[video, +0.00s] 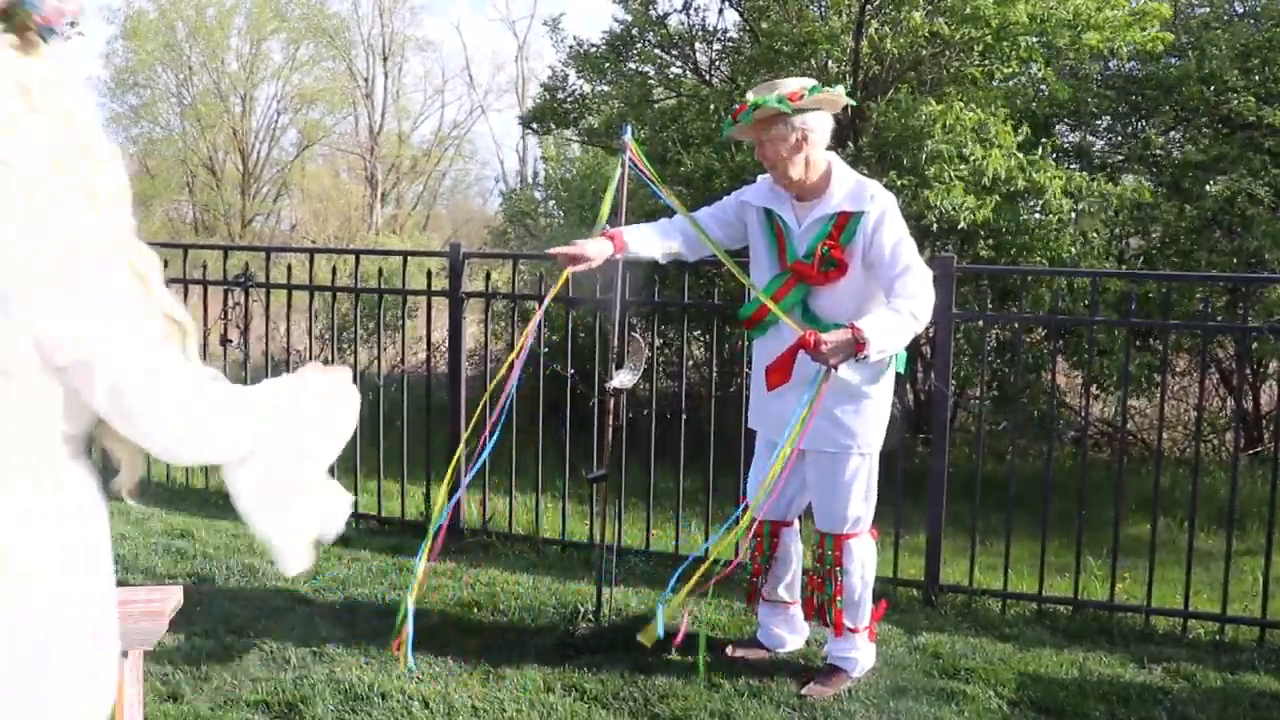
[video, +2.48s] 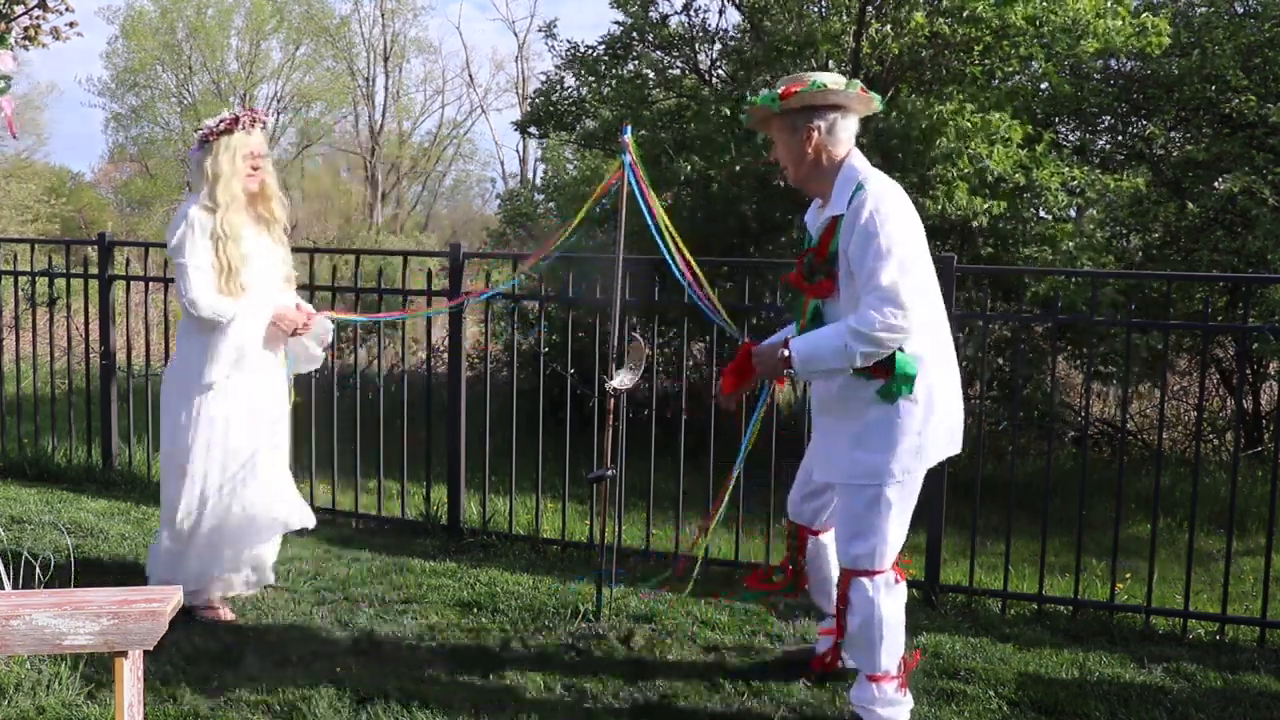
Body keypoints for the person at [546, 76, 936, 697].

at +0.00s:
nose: (756, 149)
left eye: (765, 136)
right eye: (753, 139)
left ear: (806, 136)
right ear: (768, 144)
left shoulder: (870, 206)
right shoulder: (756, 202)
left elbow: (915, 294)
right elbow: (683, 232)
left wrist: (857, 338)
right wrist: (610, 243)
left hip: (853, 382)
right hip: (778, 376)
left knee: (846, 520)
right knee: (771, 507)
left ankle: (849, 657)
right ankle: (779, 637)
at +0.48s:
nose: (749, 162)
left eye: (755, 149)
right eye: (745, 151)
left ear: (796, 142)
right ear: (761, 149)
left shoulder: (863, 205)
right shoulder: (745, 204)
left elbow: (911, 292)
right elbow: (664, 227)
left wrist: (860, 337)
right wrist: (576, 231)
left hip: (849, 389)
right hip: (774, 385)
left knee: (844, 518)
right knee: (767, 508)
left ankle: (851, 655)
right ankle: (780, 633)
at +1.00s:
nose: (743, 164)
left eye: (751, 150)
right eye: (739, 152)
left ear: (791, 144)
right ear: (740, 150)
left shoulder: (854, 206)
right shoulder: (736, 204)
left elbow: (902, 293)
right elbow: (652, 227)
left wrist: (857, 341)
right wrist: (567, 228)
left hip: (844, 385)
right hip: (768, 380)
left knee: (843, 519)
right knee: (766, 510)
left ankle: (851, 656)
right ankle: (778, 634)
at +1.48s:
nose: (737, 160)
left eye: (744, 147)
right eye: (734, 148)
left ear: (787, 143)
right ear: (762, 148)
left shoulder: (853, 205)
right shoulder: (738, 207)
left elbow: (902, 297)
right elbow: (656, 235)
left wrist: (848, 350)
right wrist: (569, 240)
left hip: (847, 383)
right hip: (773, 378)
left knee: (842, 520)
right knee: (768, 511)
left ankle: (850, 655)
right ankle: (779, 633)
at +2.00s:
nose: (719, 167)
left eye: (724, 153)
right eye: (716, 155)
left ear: (764, 144)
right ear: (752, 148)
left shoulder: (835, 206)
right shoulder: (747, 216)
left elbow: (882, 304)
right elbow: (696, 286)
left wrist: (818, 358)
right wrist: (617, 311)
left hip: (843, 379)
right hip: (777, 376)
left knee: (811, 513)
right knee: (767, 506)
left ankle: (874, 666)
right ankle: (801, 642)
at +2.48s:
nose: (773, 158)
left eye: (776, 142)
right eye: (770, 144)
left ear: (815, 139)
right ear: (817, 140)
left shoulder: (877, 205)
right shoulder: (830, 213)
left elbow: (886, 325)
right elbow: (828, 319)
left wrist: (792, 355)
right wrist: (769, 352)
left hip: (893, 412)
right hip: (846, 408)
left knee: (867, 557)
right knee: (811, 518)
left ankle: (882, 703)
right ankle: (841, 642)